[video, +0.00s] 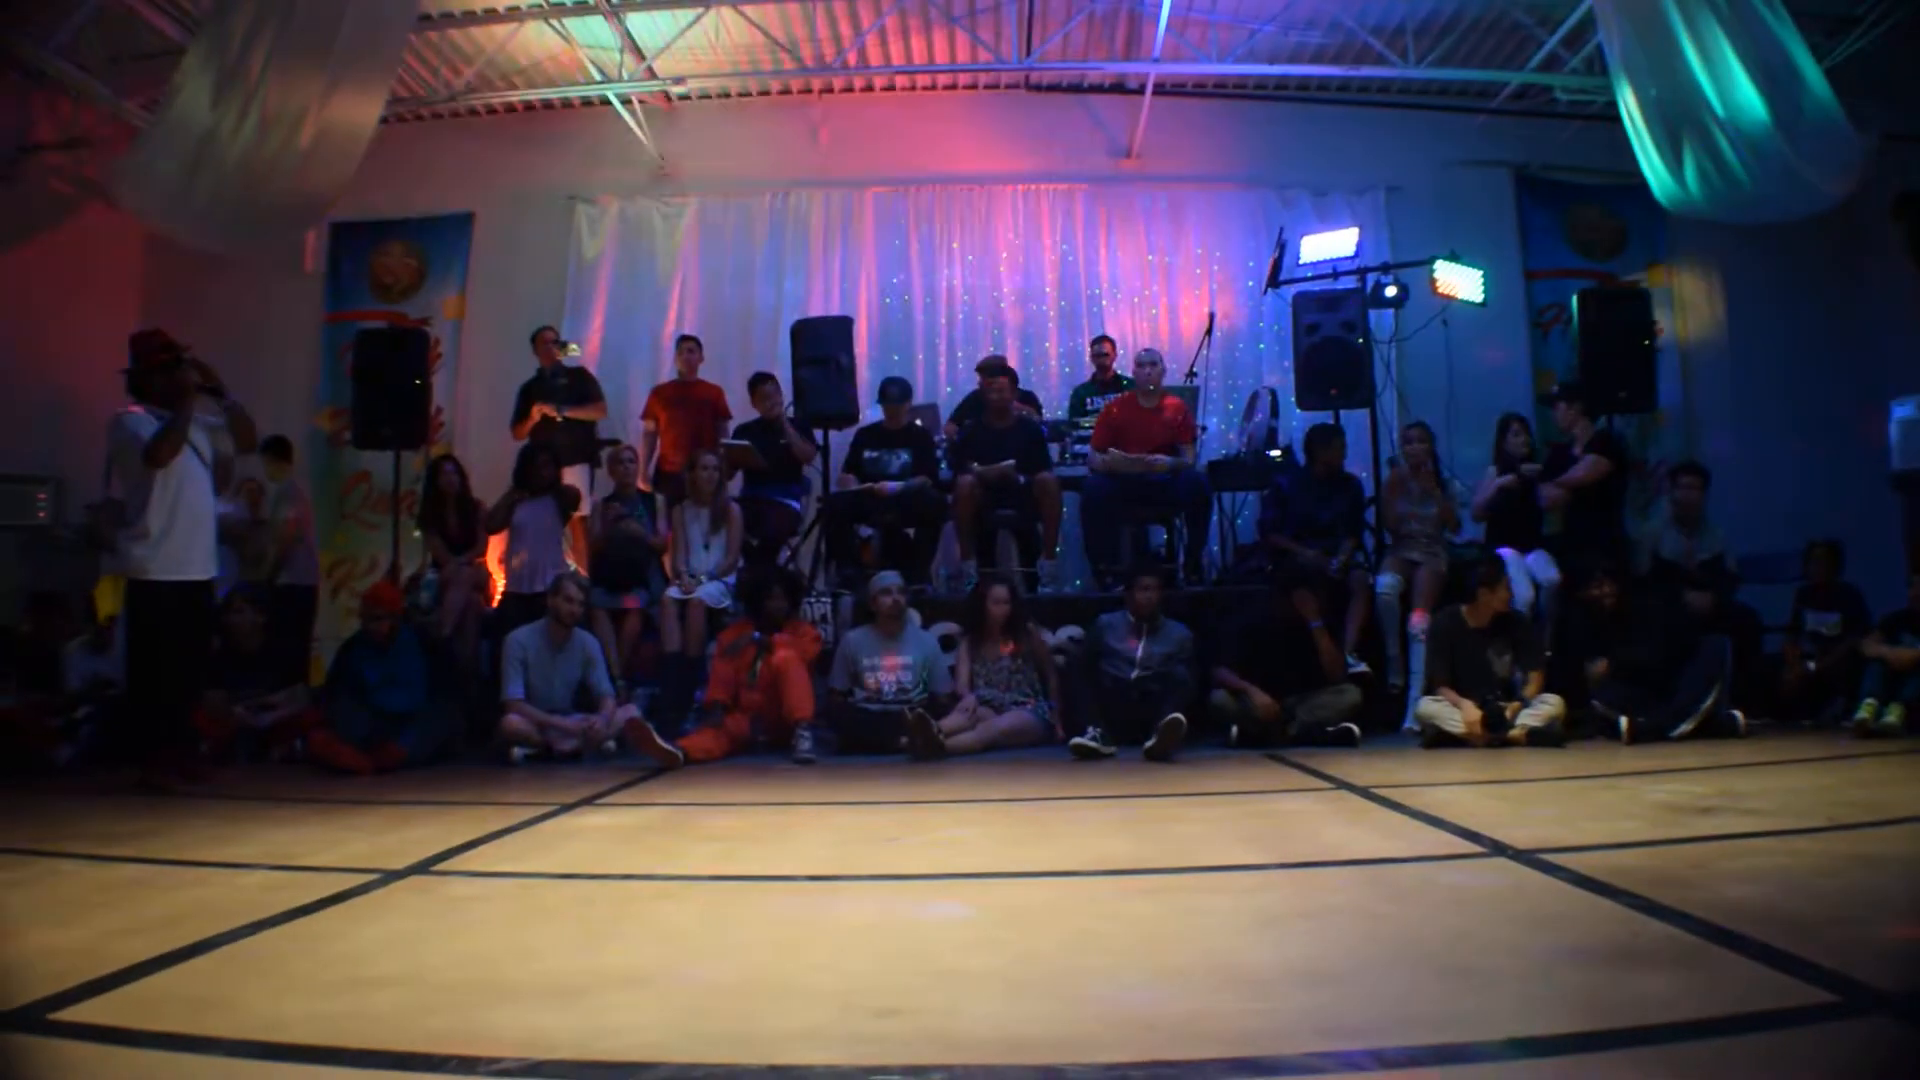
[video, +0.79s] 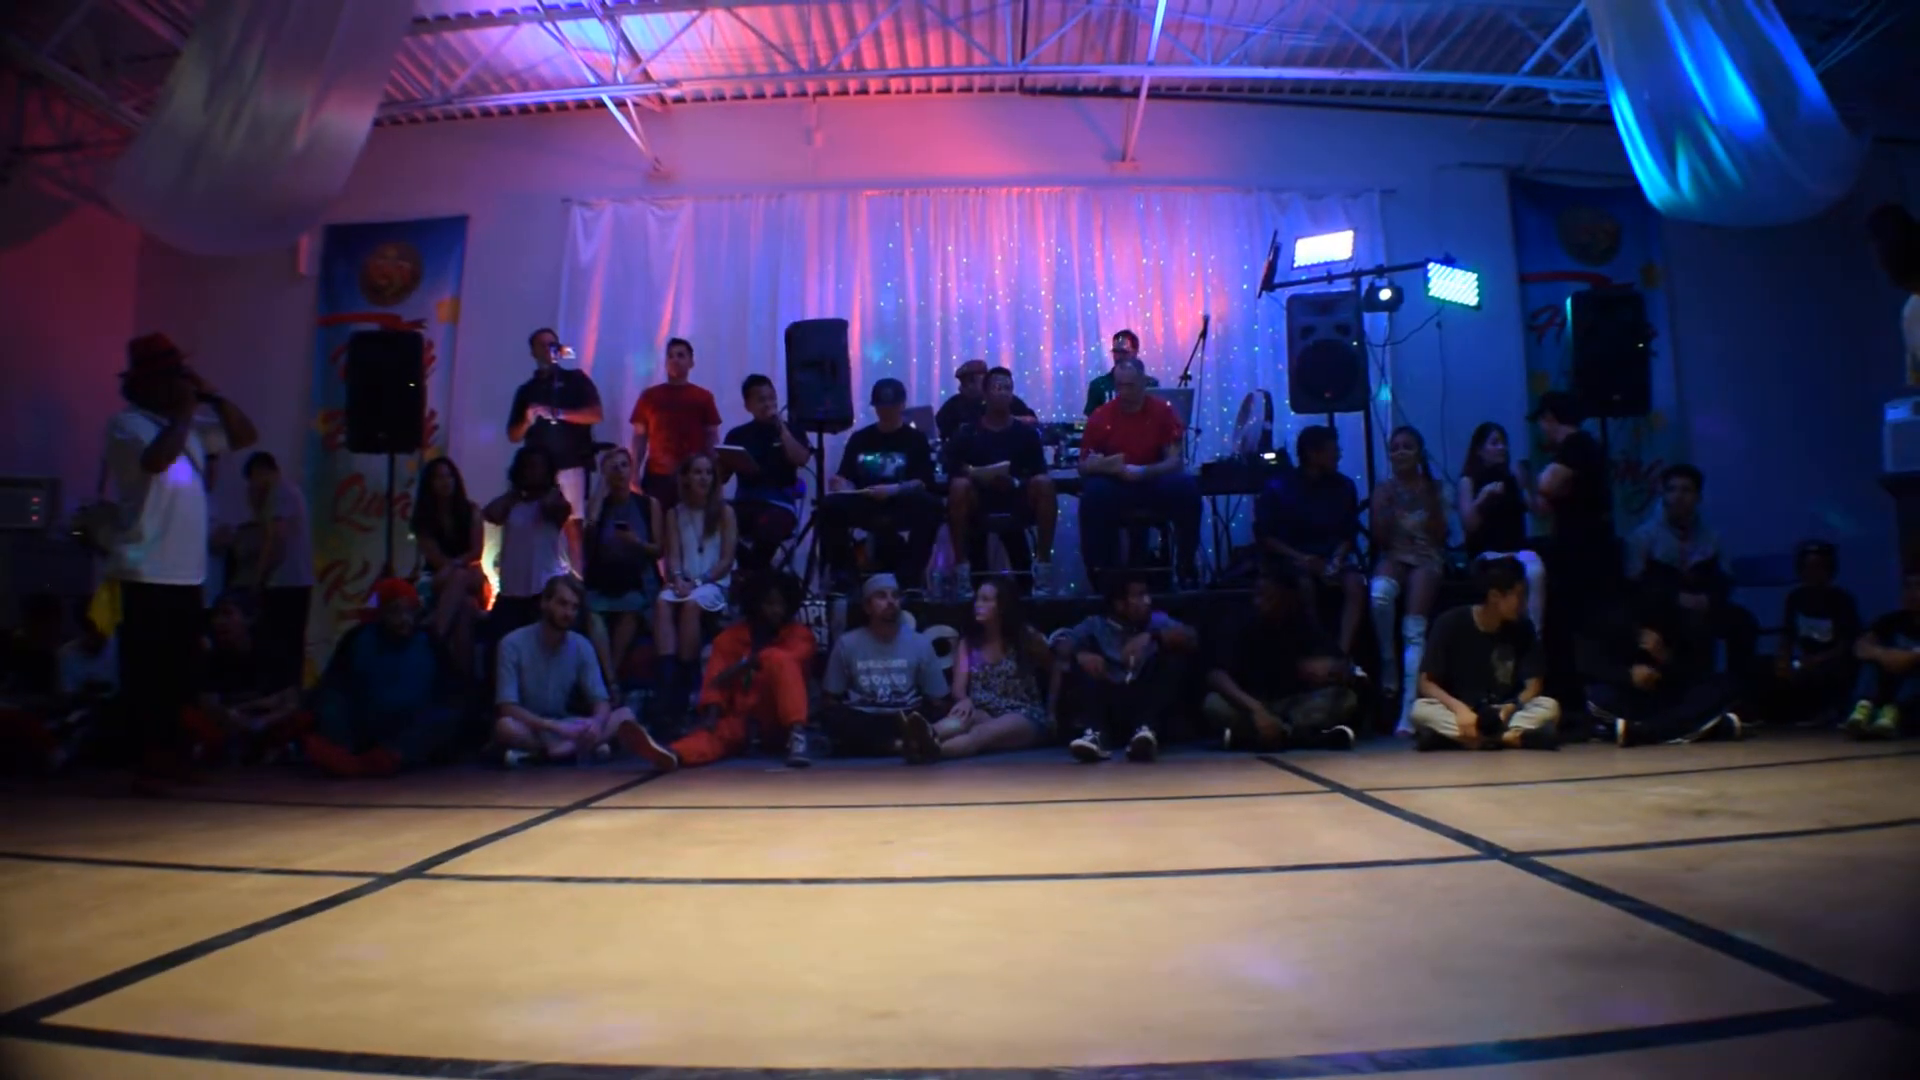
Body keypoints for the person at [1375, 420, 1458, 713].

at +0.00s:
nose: (1414, 448)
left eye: (1421, 442)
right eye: (1408, 442)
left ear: (1431, 447)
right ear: (1401, 448)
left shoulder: (1443, 482)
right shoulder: (1395, 480)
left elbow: (1453, 524)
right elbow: (1389, 523)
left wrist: (1433, 487)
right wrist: (1394, 486)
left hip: (1432, 549)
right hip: (1401, 547)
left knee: (1419, 623)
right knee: (1385, 590)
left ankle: (1416, 702)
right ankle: (1394, 668)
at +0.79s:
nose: (1400, 454)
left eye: (1407, 448)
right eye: (1395, 448)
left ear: (1419, 453)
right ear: (1389, 454)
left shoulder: (1432, 487)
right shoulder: (1384, 490)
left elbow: (1440, 532)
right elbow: (1379, 534)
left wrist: (1428, 501)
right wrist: (1388, 511)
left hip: (1424, 553)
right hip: (1393, 553)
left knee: (1414, 627)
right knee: (1379, 597)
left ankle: (1410, 712)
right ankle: (1389, 671)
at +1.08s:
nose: (1397, 454)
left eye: (1404, 448)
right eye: (1392, 449)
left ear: (1416, 453)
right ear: (1386, 455)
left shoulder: (1433, 489)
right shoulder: (1379, 492)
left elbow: (1444, 534)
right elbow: (1373, 533)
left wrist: (1405, 539)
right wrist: (1391, 522)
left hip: (1423, 555)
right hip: (1390, 556)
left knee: (1412, 628)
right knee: (1378, 594)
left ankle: (1408, 714)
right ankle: (1386, 671)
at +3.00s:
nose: (1399, 451)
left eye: (1405, 445)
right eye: (1393, 446)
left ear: (1415, 451)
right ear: (1386, 453)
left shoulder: (1430, 488)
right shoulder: (1378, 493)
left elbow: (1438, 529)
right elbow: (1373, 533)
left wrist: (1414, 544)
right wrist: (1389, 549)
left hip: (1420, 558)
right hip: (1388, 558)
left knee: (1412, 628)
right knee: (1379, 596)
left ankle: (1408, 696)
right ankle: (1386, 668)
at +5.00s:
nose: (1403, 451)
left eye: (1408, 445)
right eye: (1396, 446)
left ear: (1417, 452)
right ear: (1387, 453)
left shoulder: (1431, 489)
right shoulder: (1377, 493)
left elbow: (1440, 527)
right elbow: (1371, 532)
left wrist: (1415, 544)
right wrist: (1391, 548)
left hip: (1421, 554)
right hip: (1388, 554)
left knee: (1413, 626)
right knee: (1378, 596)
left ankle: (1408, 703)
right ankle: (1385, 670)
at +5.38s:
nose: (1404, 451)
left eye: (1409, 445)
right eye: (1397, 446)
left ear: (1416, 451)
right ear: (1387, 452)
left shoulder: (1430, 489)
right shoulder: (1377, 491)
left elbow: (1438, 526)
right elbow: (1372, 531)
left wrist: (1421, 543)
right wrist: (1389, 550)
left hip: (1419, 556)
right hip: (1387, 555)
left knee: (1417, 602)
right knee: (1377, 595)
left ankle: (1410, 682)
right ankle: (1385, 672)